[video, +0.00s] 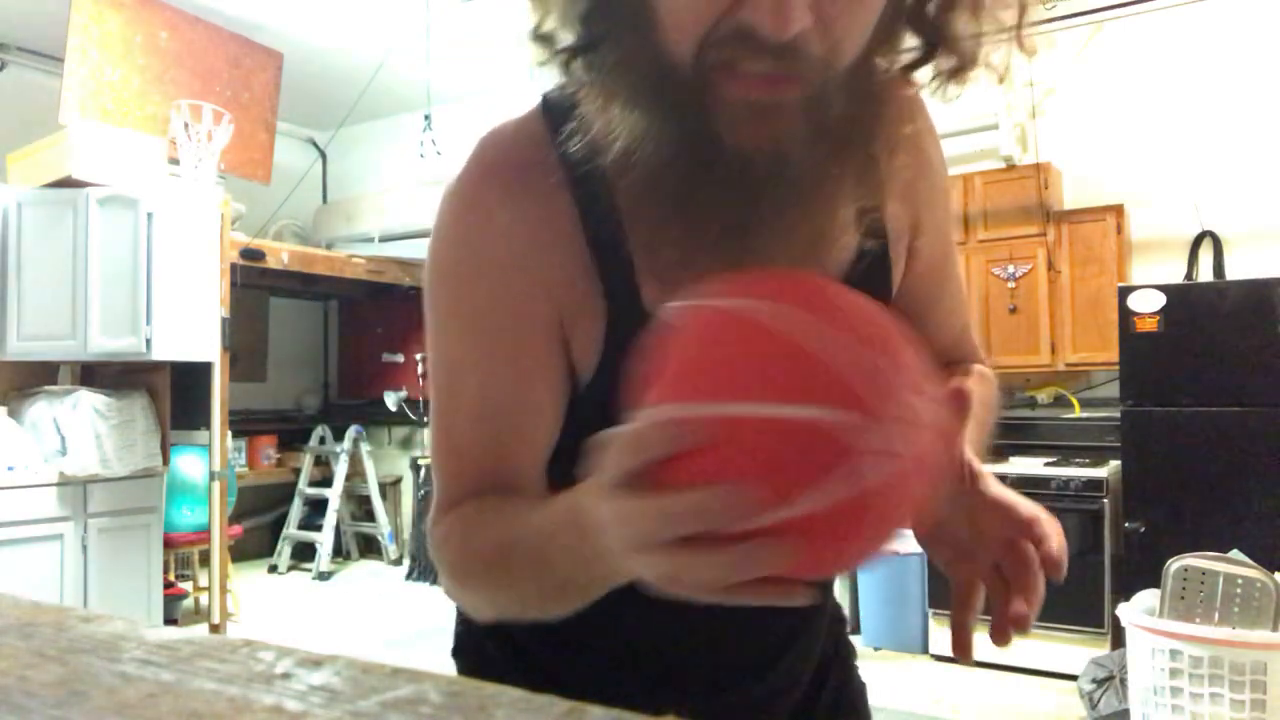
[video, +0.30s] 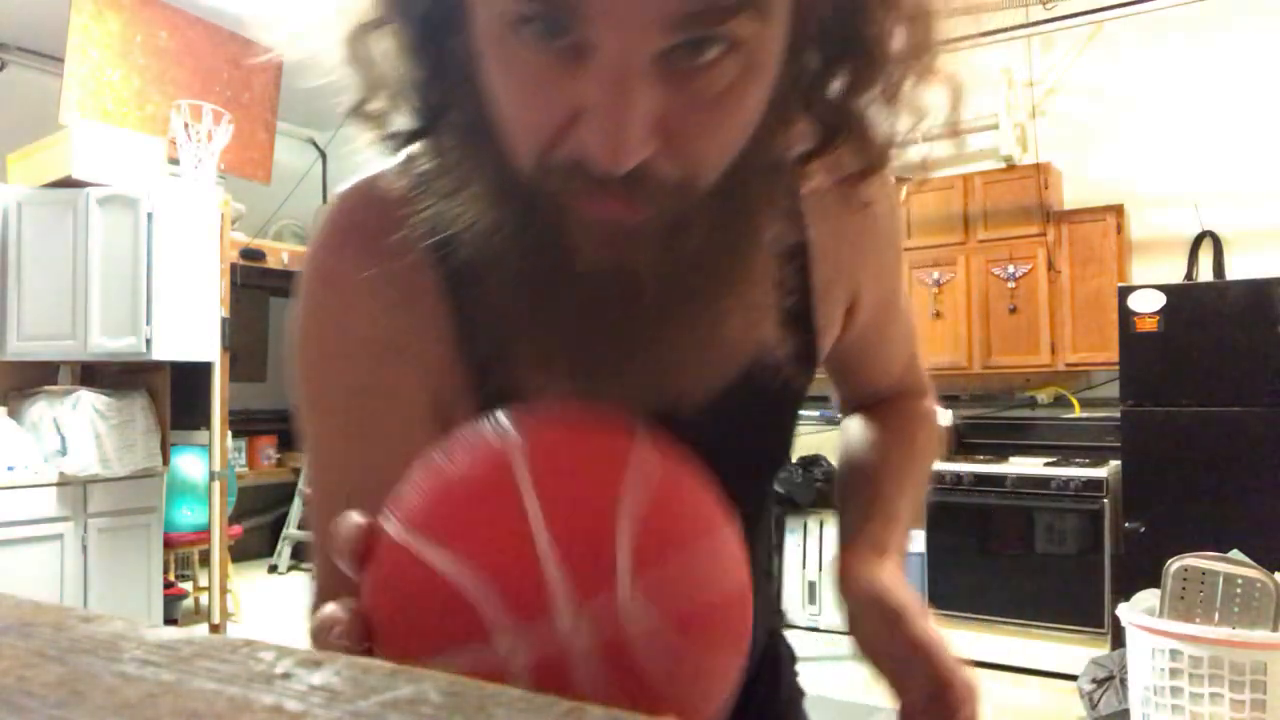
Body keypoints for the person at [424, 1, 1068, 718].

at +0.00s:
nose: (781, 18)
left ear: (890, 6)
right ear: (631, 3)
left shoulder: (886, 130)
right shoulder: (516, 191)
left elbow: (956, 363)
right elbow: (470, 543)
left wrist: (946, 472)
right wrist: (598, 534)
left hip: (795, 660)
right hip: (566, 673)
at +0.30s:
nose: (618, 141)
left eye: (700, 51)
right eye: (551, 32)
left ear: (798, 36)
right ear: (456, 29)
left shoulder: (829, 194)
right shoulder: (385, 245)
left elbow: (892, 401)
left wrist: (872, 564)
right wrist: (382, 634)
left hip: (734, 686)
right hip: (497, 695)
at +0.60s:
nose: (534, 184)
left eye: (624, 78)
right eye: (458, 61)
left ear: (740, 53)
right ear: (360, 34)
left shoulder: (787, 235)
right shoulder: (298, 288)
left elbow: (869, 457)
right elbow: (290, 680)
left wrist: (822, 598)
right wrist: (411, 691)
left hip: (691, 692)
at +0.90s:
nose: (634, 99)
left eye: (707, 13)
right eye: (563, 4)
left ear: (792, 20)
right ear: (441, 11)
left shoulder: (806, 180)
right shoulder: (338, 246)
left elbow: (879, 434)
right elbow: (293, 617)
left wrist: (862, 577)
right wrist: (505, 657)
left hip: (732, 678)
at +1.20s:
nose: (980, 18)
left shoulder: (896, 187)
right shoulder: (539, 184)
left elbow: (928, 454)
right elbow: (413, 563)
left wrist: (978, 555)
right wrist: (709, 553)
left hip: (766, 683)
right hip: (534, 692)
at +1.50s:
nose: (1134, 23)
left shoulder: (965, 154)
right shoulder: (743, 132)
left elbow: (977, 371)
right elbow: (583, 507)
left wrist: (1068, 503)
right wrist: (910, 504)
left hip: (824, 671)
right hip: (631, 683)